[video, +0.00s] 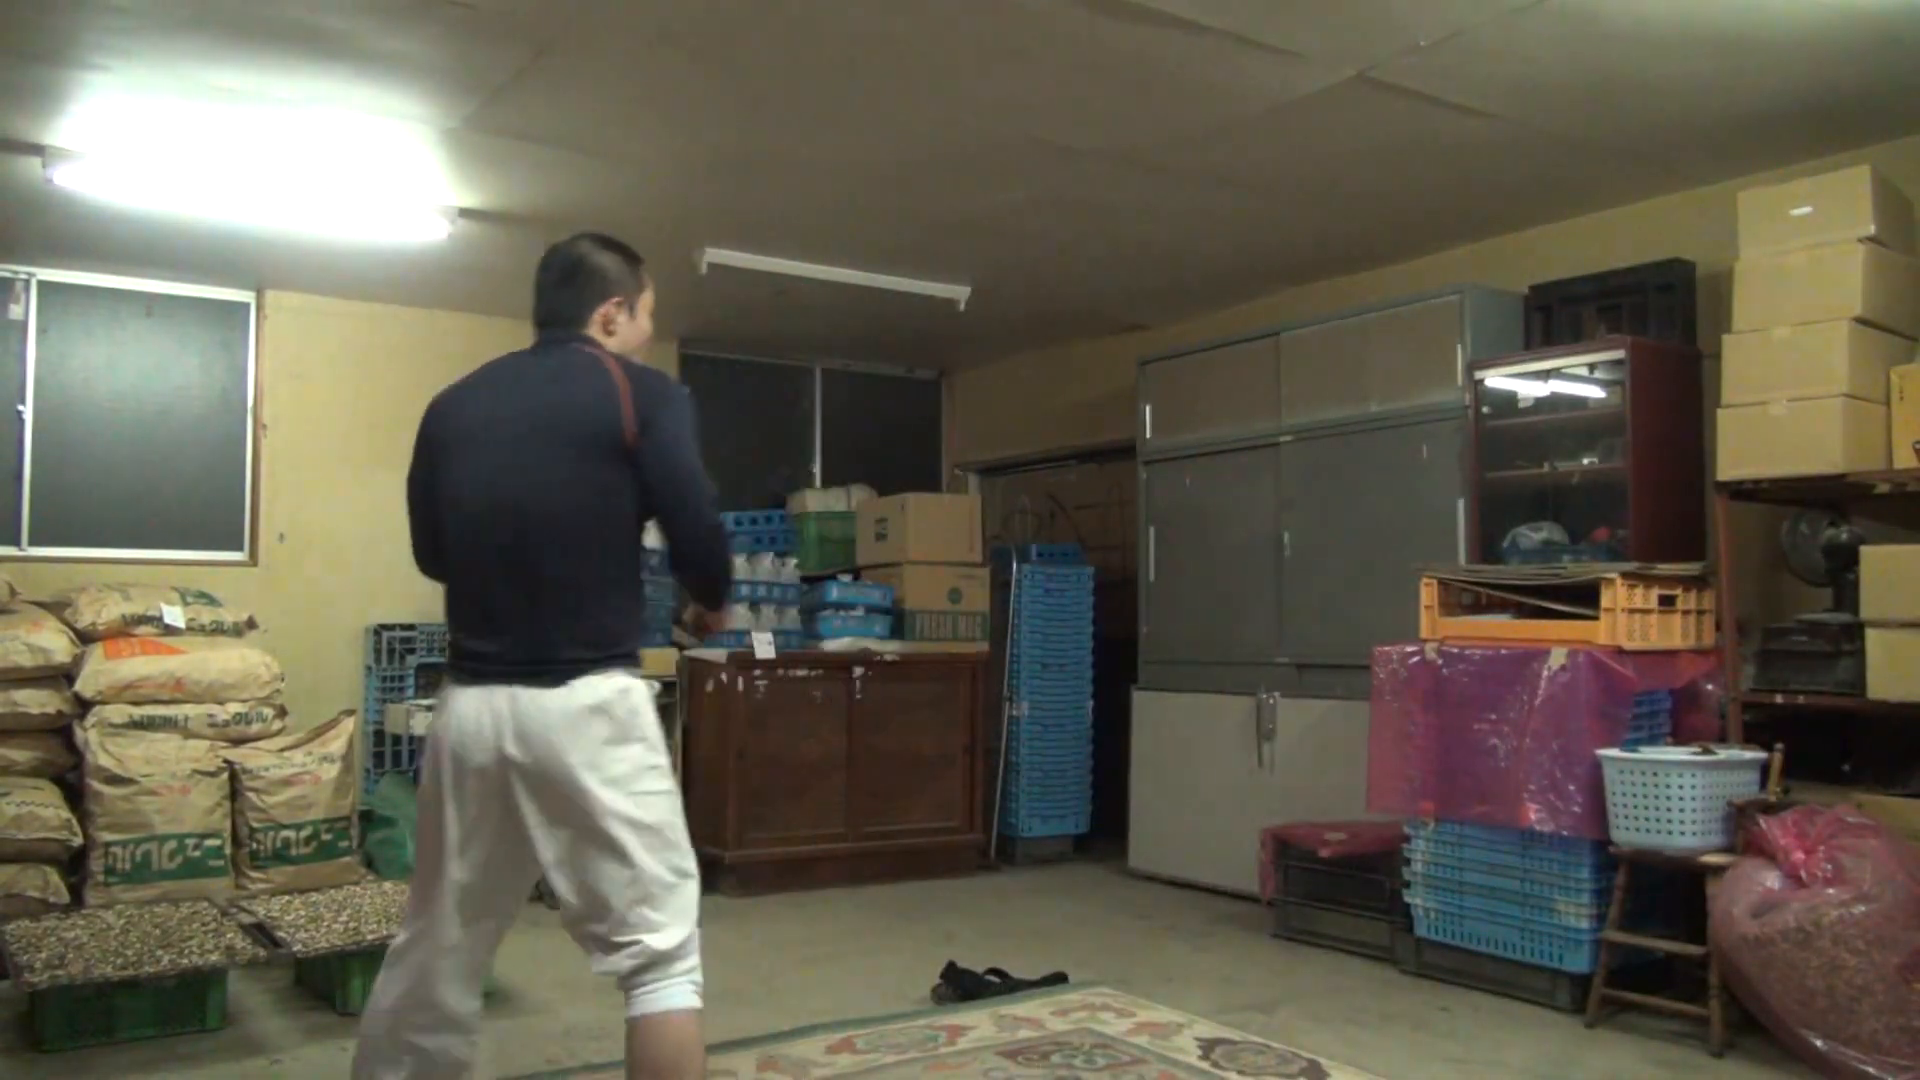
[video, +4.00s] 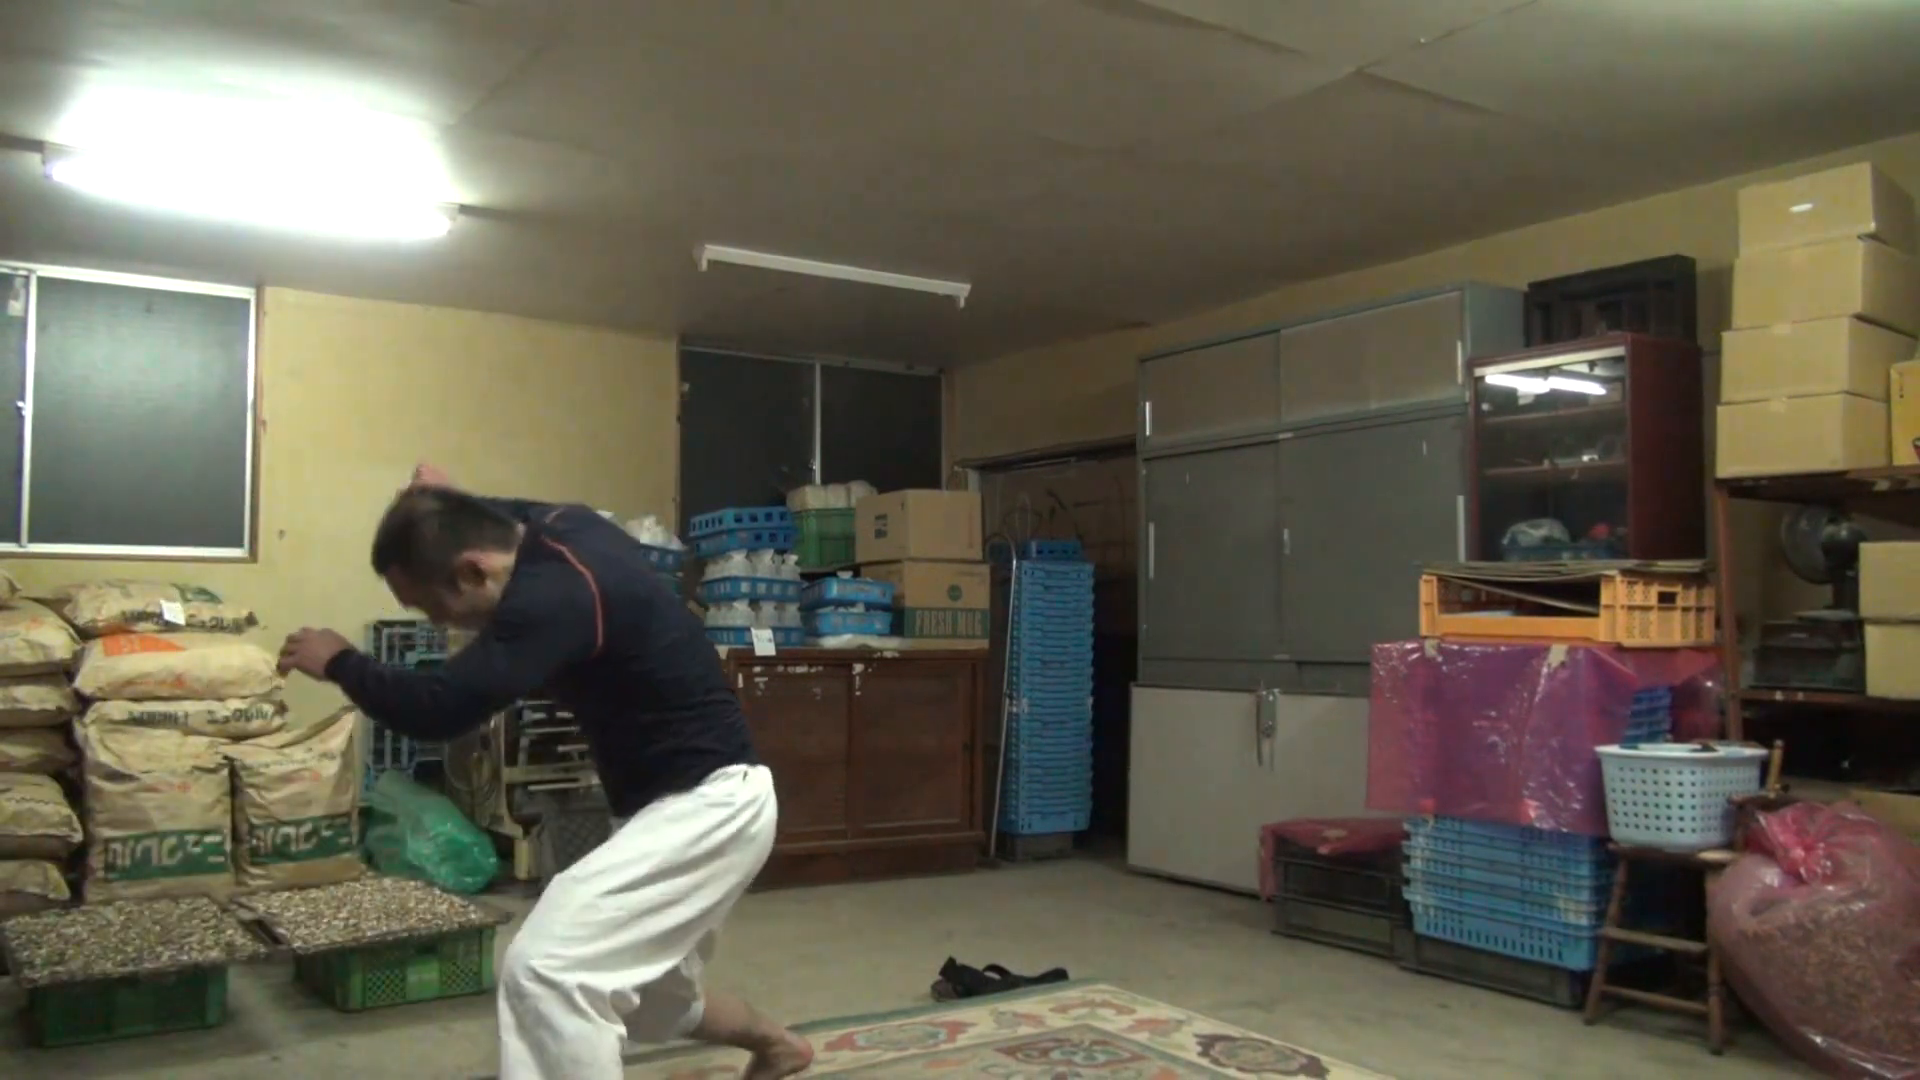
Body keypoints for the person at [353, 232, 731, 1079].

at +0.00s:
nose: (646, 332)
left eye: (646, 315)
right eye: (643, 315)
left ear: (545, 314)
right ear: (613, 315)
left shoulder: (454, 404)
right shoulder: (642, 391)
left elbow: (432, 553)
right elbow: (692, 522)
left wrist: (531, 559)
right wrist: (710, 601)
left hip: (468, 716)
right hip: (591, 715)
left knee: (436, 954)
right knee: (660, 961)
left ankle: (390, 1071)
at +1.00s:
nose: (439, 295)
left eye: (437, 273)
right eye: (428, 271)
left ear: (358, 273)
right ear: (370, 270)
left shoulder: (268, 350)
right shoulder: (324, 344)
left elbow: (184, 494)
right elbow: (254, 468)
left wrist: (328, 577)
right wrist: (364, 589)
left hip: (201, 691)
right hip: (260, 698)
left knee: (180, 985)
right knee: (329, 973)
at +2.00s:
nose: (415, 304)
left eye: (414, 278)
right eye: (406, 276)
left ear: (323, 271)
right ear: (353, 269)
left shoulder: (207, 358)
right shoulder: (325, 346)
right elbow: (405, 467)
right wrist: (550, 460)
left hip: (111, 705)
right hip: (239, 704)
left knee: (84, 1023)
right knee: (347, 1000)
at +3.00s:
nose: (469, 367)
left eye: (472, 350)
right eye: (467, 348)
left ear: (359, 337)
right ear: (425, 341)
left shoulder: (264, 412)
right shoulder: (416, 407)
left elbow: (327, 556)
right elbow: (551, 510)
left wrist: (456, 542)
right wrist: (657, 449)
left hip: (165, 732)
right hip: (291, 732)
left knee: (114, 989)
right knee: (464, 975)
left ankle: (34, 1072)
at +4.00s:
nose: (447, 624)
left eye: (441, 609)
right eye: (434, 614)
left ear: (475, 573)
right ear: (489, 547)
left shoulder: (553, 597)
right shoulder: (568, 525)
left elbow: (443, 708)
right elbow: (507, 523)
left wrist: (341, 664)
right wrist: (455, 505)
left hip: (705, 804)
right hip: (709, 795)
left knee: (544, 969)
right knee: (641, 999)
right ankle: (776, 1046)